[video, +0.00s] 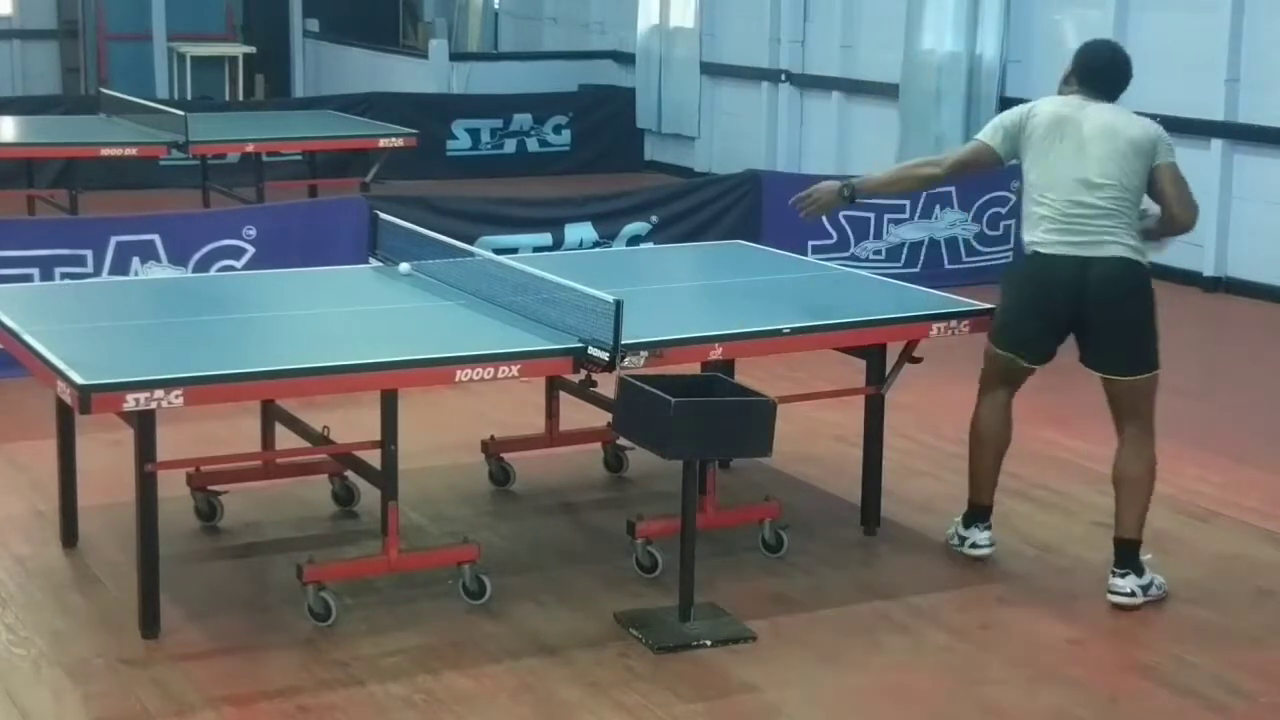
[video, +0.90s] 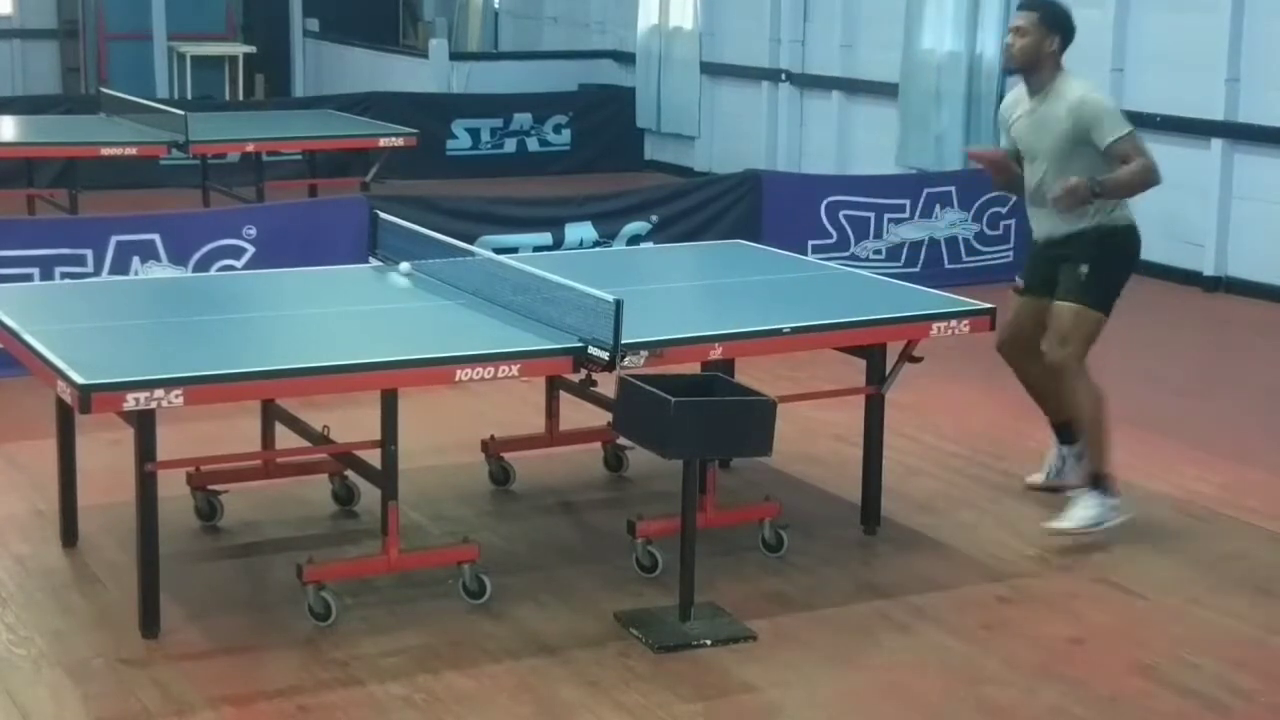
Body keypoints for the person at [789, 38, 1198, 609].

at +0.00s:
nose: (1060, 80)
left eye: (1064, 72)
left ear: (1070, 75)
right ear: (1119, 90)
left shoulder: (1031, 115)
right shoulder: (1145, 131)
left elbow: (943, 169)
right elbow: (1182, 216)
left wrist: (849, 190)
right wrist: (1141, 233)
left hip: (1041, 276)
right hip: (1120, 283)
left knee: (998, 387)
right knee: (1135, 425)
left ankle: (977, 524)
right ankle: (1127, 570)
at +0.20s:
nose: (1039, 135)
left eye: (1043, 128)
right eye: (1044, 129)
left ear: (1053, 130)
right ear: (1100, 136)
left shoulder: (1030, 164)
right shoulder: (1134, 171)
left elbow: (951, 204)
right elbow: (1200, 226)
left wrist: (856, 202)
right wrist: (1133, 224)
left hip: (1070, 316)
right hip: (1144, 321)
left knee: (989, 395)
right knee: (1146, 443)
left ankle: (1012, 532)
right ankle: (1134, 554)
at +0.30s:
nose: (1011, 139)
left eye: (1018, 130)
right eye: (1016, 129)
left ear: (1035, 138)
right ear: (1071, 145)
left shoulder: (1025, 175)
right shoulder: (1112, 187)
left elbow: (965, 223)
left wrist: (871, 234)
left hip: (1078, 324)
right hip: (1145, 328)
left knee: (989, 392)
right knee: (1137, 445)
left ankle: (1011, 532)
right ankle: (1139, 544)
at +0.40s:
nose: (990, 131)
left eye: (998, 122)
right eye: (993, 121)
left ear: (1023, 131)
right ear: (1042, 137)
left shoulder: (1022, 168)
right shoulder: (1078, 179)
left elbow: (993, 224)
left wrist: (905, 237)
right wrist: (984, 243)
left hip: (1081, 318)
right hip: (1142, 321)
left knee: (989, 393)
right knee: (1113, 444)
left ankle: (1011, 532)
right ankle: (1143, 531)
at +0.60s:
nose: (977, 101)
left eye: (989, 93)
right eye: (981, 92)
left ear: (1019, 104)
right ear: (1016, 105)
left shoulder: (1033, 145)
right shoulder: (1020, 161)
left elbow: (1046, 202)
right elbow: (987, 244)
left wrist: (988, 203)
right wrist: (956, 206)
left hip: (1089, 295)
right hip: (1108, 296)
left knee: (984, 395)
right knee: (1029, 398)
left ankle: (1011, 532)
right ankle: (1132, 477)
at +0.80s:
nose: (998, 64)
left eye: (1009, 55)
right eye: (999, 54)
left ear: (1042, 66)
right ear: (1016, 66)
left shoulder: (1071, 116)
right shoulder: (1013, 125)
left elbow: (1120, 185)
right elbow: (994, 209)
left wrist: (1077, 185)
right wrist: (979, 184)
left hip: (1098, 261)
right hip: (1056, 263)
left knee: (1043, 376)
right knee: (1020, 368)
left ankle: (1035, 514)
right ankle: (1083, 471)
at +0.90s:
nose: (1010, 41)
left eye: (1021, 33)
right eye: (1010, 32)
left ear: (1053, 44)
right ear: (1015, 44)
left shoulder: (1085, 101)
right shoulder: (1012, 106)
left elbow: (1146, 170)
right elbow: (1028, 185)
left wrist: (1093, 186)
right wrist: (1000, 172)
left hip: (1102, 240)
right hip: (1051, 243)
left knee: (1062, 353)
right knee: (1013, 341)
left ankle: (1102, 493)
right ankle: (1072, 444)